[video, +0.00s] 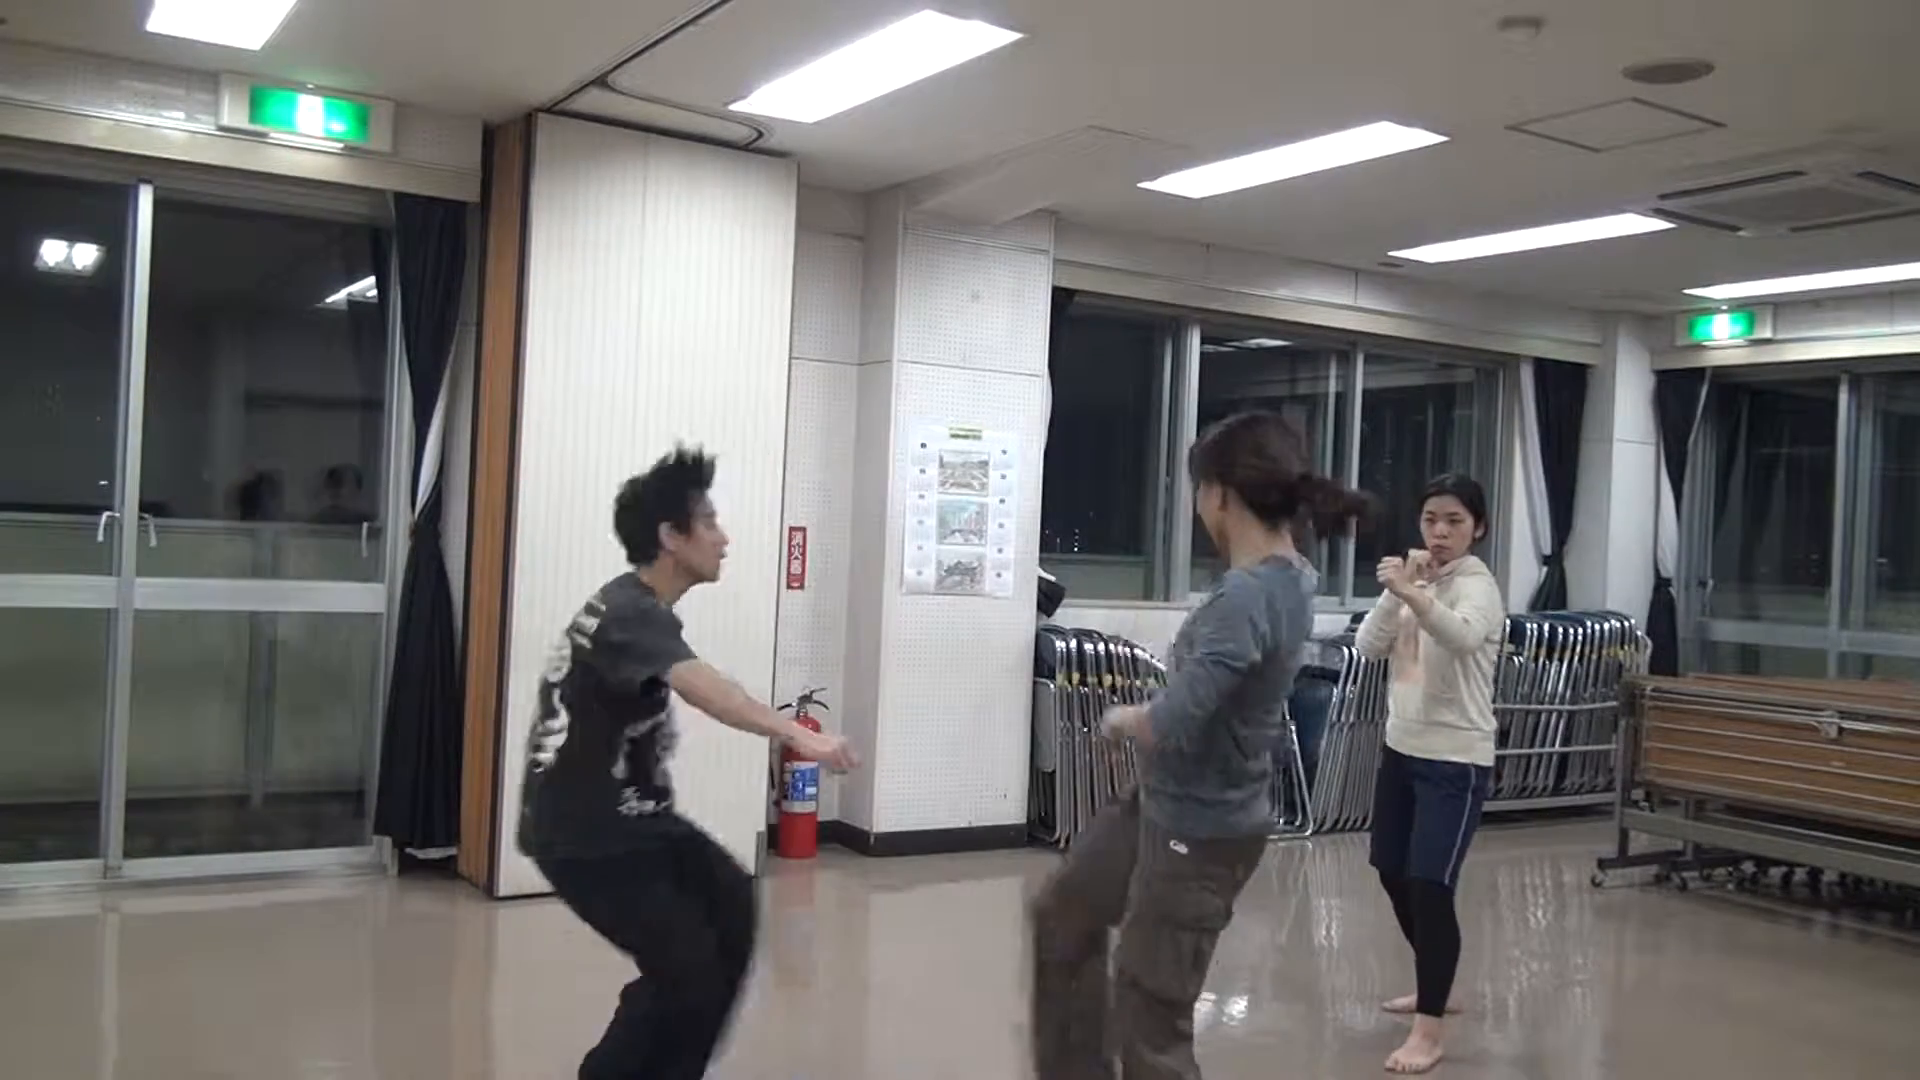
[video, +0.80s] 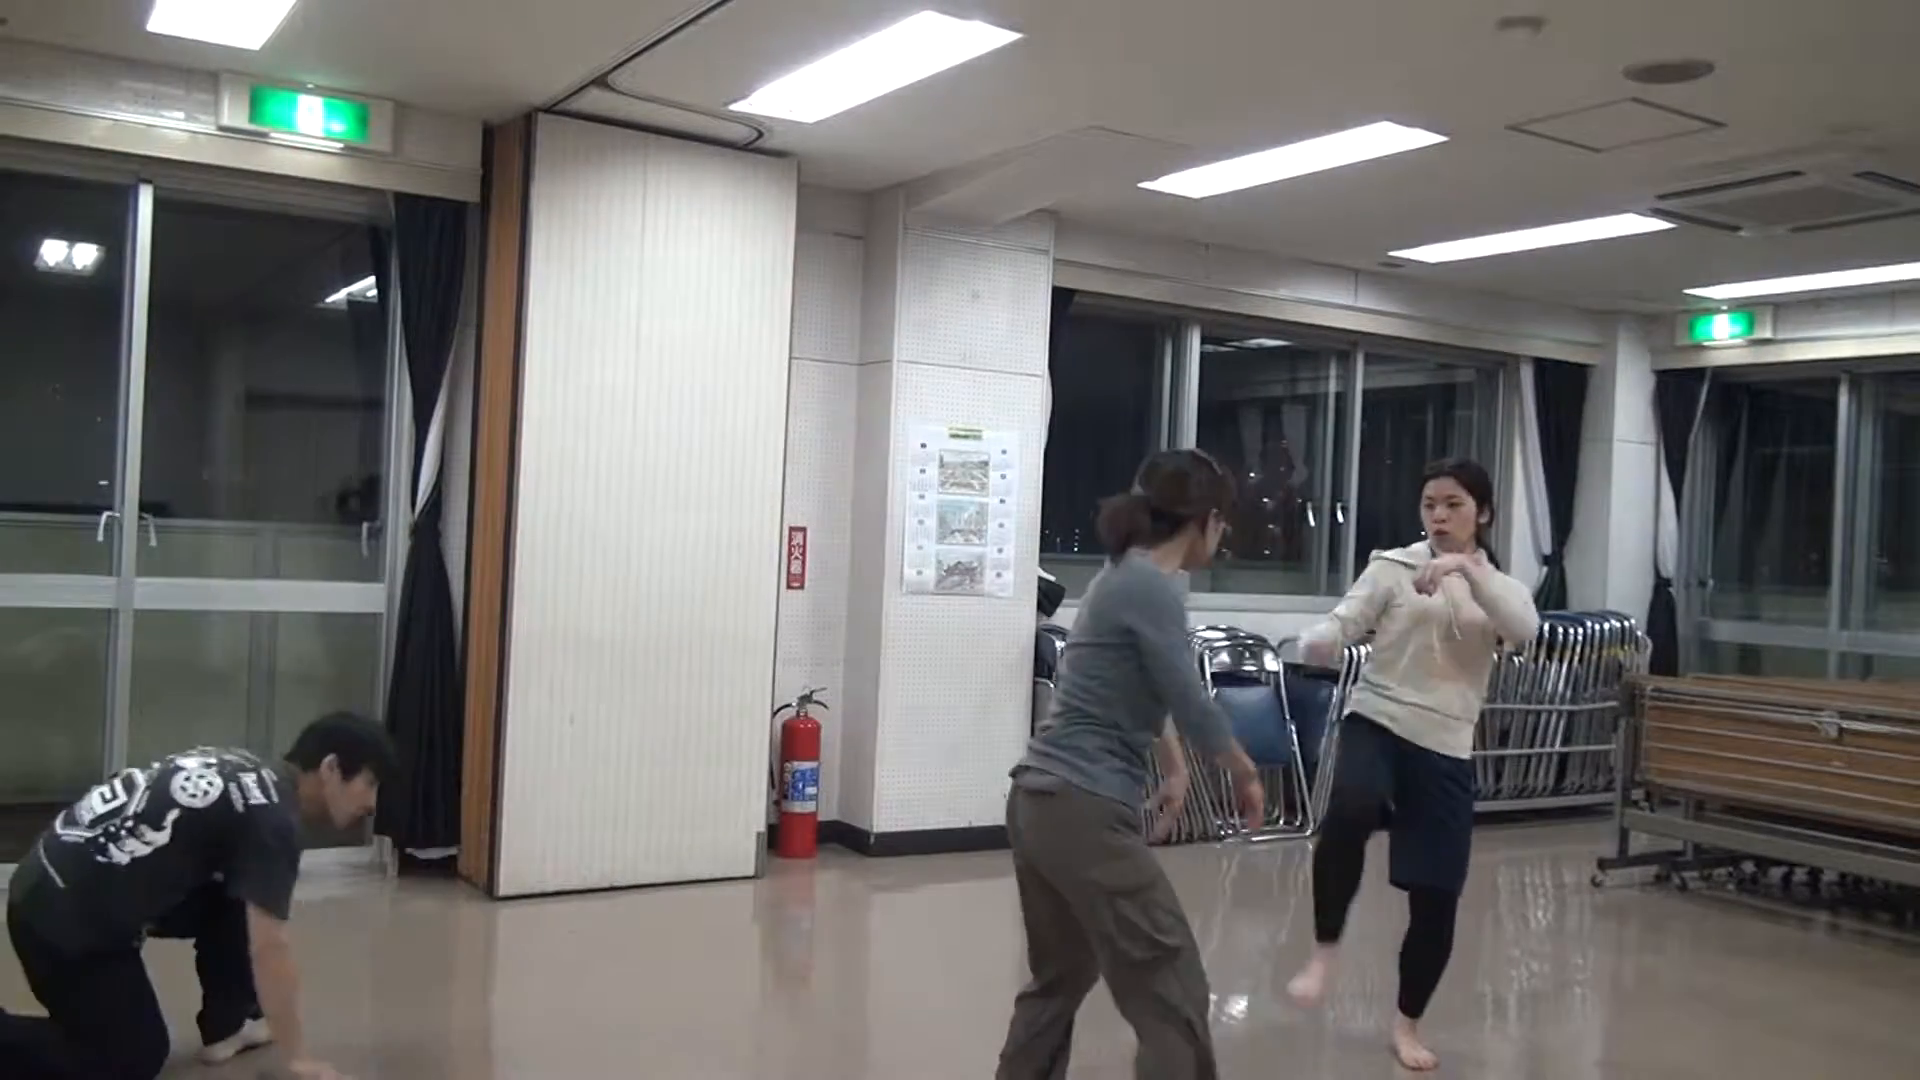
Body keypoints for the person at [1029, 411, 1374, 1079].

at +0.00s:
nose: (1197, 504)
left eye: (1199, 489)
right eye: (1197, 489)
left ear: (1221, 496)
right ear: (1284, 492)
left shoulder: (1246, 599)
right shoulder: (1285, 579)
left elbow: (1170, 723)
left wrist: (1122, 719)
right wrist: (1160, 725)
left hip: (1201, 833)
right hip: (1160, 810)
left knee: (1151, 1022)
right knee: (1061, 914)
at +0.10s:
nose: (1197, 506)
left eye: (1199, 491)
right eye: (1198, 492)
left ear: (1213, 497)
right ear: (1284, 497)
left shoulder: (1232, 597)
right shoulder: (1284, 587)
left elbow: (1216, 732)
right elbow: (1238, 714)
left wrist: (1142, 755)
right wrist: (1159, 748)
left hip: (1185, 829)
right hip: (1224, 825)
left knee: (1126, 998)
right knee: (1162, 987)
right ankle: (1192, 1070)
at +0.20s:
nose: (1199, 509)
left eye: (1202, 497)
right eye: (1201, 497)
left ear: (1212, 505)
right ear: (1289, 504)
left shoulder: (1201, 591)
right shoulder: (1309, 602)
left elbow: (1213, 717)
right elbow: (1294, 727)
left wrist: (1146, 757)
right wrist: (1233, 755)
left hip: (1163, 829)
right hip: (1245, 832)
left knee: (1125, 995)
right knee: (1229, 985)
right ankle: (1246, 1075)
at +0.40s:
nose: (1298, 517)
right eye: (1292, 507)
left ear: (1203, 509)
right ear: (1281, 520)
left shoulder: (1141, 578)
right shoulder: (1290, 619)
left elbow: (1059, 613)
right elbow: (1375, 737)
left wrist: (1126, 645)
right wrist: (1358, 708)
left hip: (1166, 823)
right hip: (1266, 829)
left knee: (1079, 996)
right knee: (1271, 1015)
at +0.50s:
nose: (1286, 528)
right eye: (1284, 516)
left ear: (1198, 513)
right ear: (1276, 525)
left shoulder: (1158, 585)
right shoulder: (1288, 607)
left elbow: (1124, 612)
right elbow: (1386, 668)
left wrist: (1201, 575)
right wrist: (1364, 603)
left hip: (1135, 826)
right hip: (1235, 835)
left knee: (1064, 992)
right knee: (1267, 1013)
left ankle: (1011, 1074)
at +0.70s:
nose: (1246, 552)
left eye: (1247, 539)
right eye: (1244, 539)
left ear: (1175, 533)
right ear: (1230, 542)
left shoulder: (1130, 594)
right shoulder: (1223, 610)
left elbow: (1178, 697)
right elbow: (1288, 704)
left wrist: (1254, 731)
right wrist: (1301, 759)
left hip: (1056, 816)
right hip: (1137, 830)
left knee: (1070, 980)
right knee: (1228, 1003)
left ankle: (1020, 1076)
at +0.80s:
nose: (1221, 536)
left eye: (1223, 522)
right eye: (1220, 521)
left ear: (1153, 511)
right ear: (1199, 521)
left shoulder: (1116, 580)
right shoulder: (1150, 587)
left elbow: (1143, 693)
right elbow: (1189, 700)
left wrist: (1174, 769)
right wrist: (1244, 771)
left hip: (1038, 801)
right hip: (1082, 810)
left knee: (1058, 979)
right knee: (1170, 986)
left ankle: (1021, 1076)